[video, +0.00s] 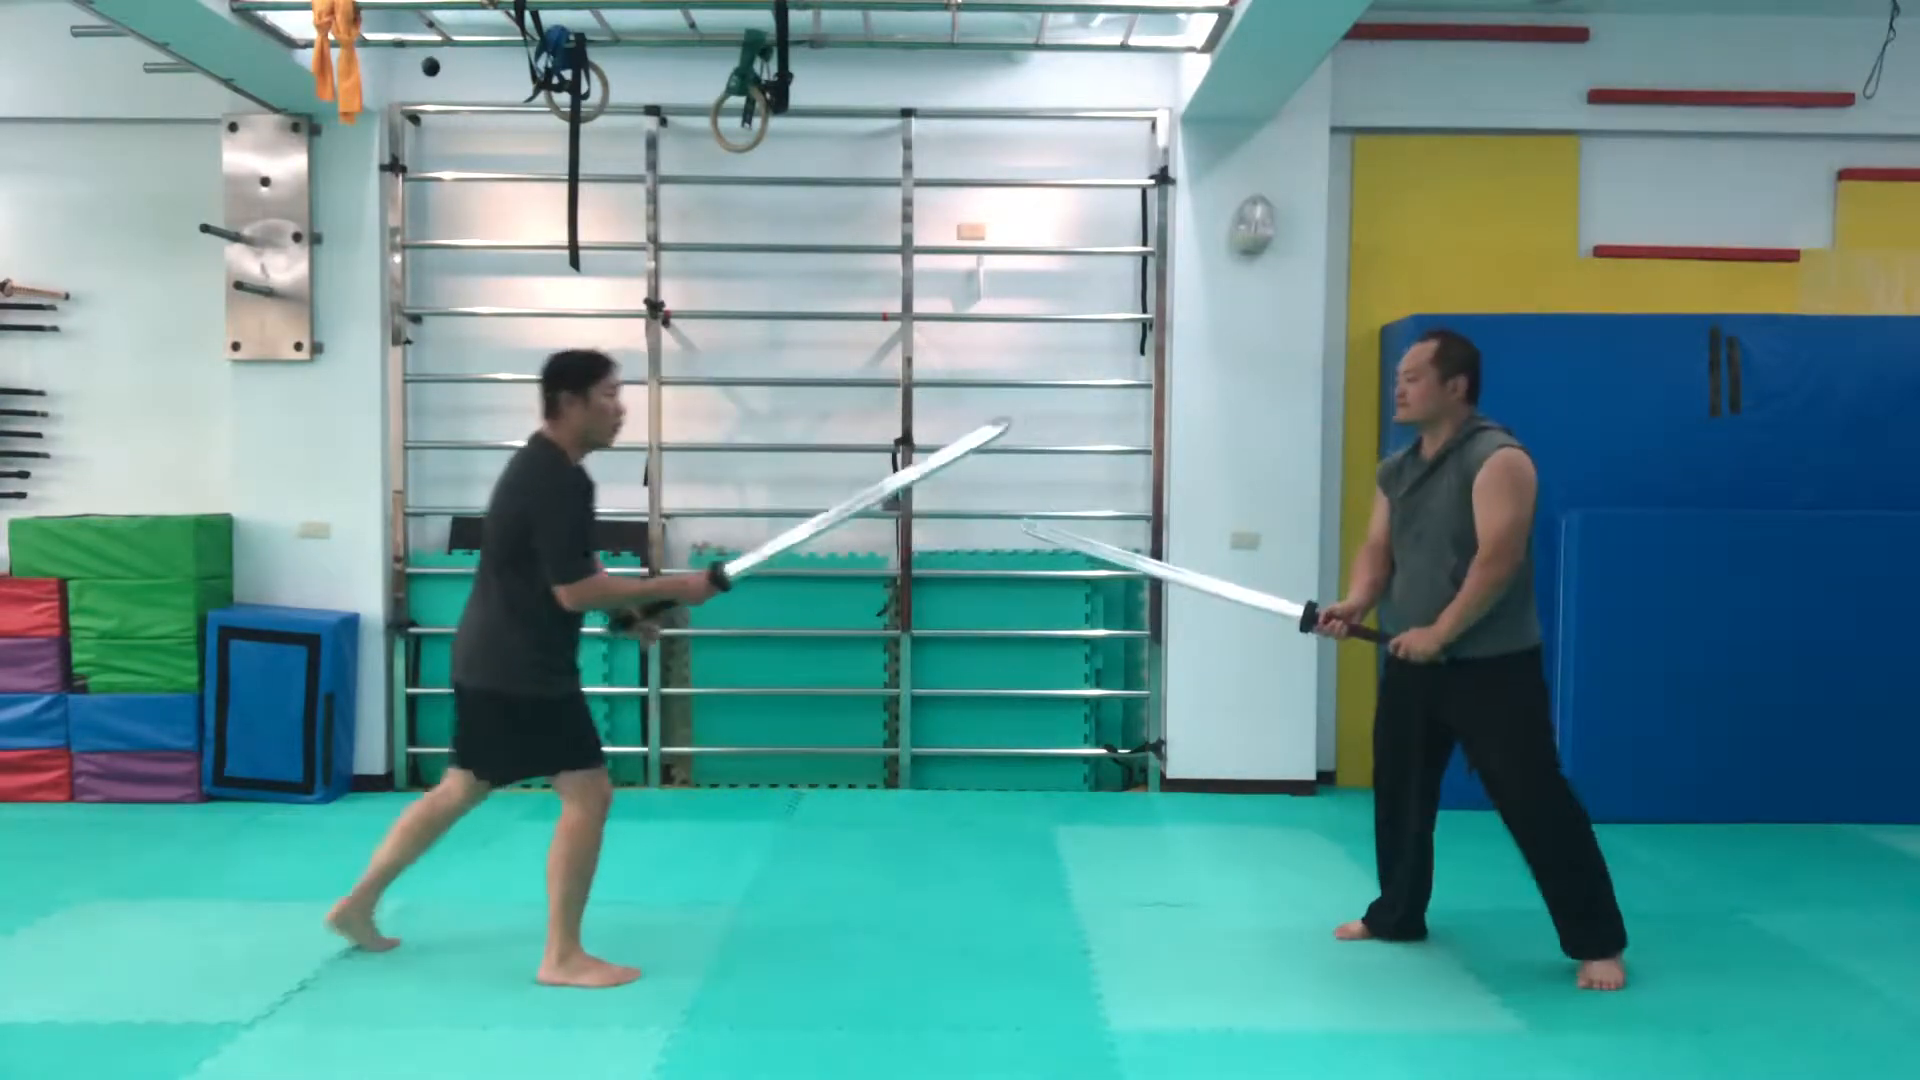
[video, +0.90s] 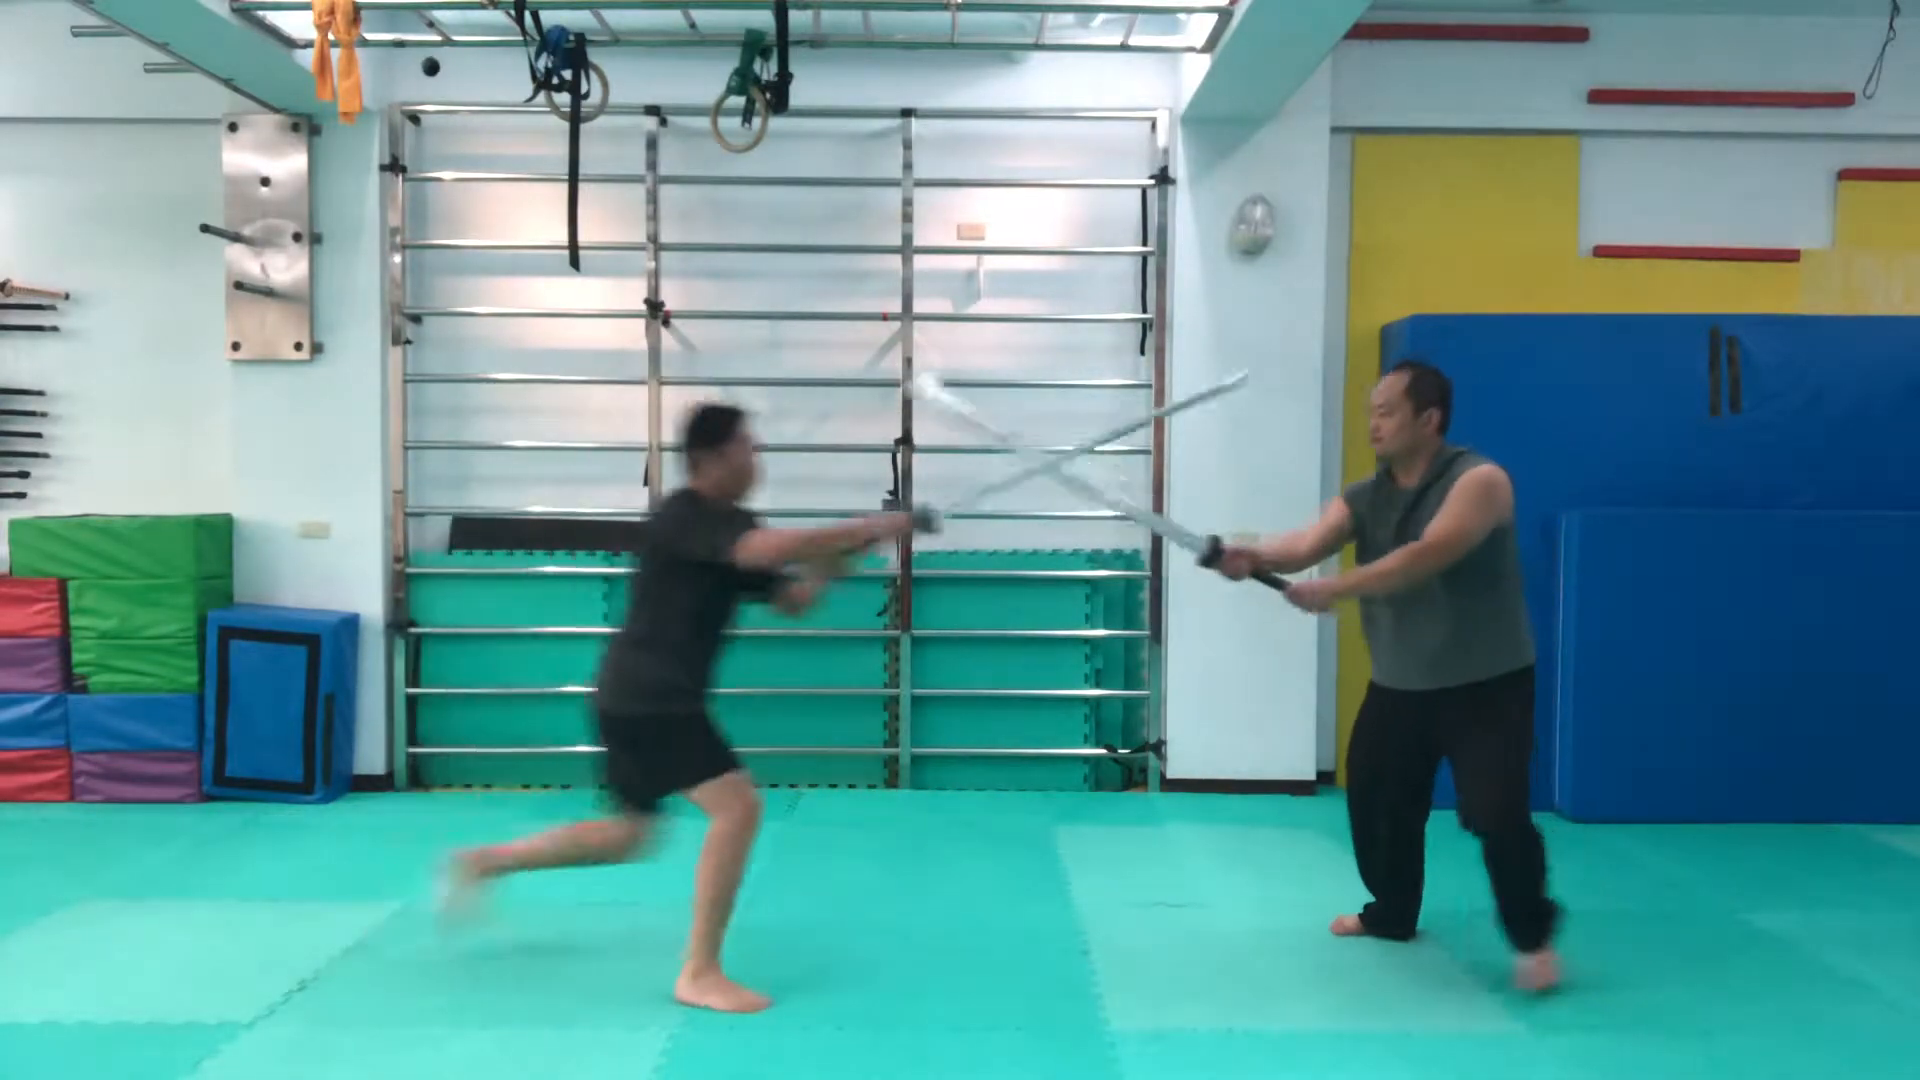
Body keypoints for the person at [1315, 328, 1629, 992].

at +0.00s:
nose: (1399, 388)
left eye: (1412, 379)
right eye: (1399, 379)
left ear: (1457, 388)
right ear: (1415, 390)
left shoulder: (1500, 462)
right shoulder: (1396, 471)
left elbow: (1500, 561)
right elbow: (1377, 552)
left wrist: (1437, 631)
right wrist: (1355, 605)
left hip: (1493, 665)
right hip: (1413, 664)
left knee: (1535, 801)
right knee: (1400, 792)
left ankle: (1599, 945)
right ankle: (1398, 916)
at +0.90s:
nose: (1372, 425)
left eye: (1385, 413)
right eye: (1371, 413)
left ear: (1429, 419)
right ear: (1377, 420)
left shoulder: (1481, 481)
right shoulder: (1366, 496)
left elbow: (1428, 555)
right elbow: (1305, 546)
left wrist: (1339, 587)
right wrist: (1251, 554)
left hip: (1487, 686)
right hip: (1399, 687)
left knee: (1497, 815)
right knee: (1378, 797)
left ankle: (1533, 942)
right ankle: (1391, 915)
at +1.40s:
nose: (1296, 471)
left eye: (1300, 455)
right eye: (1293, 458)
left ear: (1330, 439)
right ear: (1322, 445)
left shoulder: (1402, 461)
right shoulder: (1352, 506)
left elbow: (1283, 442)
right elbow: (1314, 561)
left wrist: (1226, 449)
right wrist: (1247, 509)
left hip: (1459, 691)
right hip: (1391, 687)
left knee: (1461, 865)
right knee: (1278, 686)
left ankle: (1526, 1041)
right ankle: (1356, 823)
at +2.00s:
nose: (1069, 485)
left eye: (1072, 472)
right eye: (1068, 474)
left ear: (1101, 464)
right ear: (1102, 467)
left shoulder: (1165, 486)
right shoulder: (1104, 523)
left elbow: (1081, 396)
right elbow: (1036, 520)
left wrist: (1010, 346)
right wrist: (1016, 434)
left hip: (1218, 726)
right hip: (1144, 734)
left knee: (1305, 896)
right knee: (1053, 834)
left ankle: (1462, 1036)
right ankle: (1049, 999)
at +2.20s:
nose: (1060, 462)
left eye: (1070, 446)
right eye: (1063, 449)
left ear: (1107, 437)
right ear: (1112, 442)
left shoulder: (1175, 475)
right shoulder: (1102, 515)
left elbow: (1081, 414)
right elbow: (1033, 533)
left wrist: (1001, 369)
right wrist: (1003, 451)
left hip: (1212, 720)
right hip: (1137, 730)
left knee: (1292, 894)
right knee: (1048, 841)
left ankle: (1446, 1023)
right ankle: (1047, 1001)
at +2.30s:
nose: (1110, 431)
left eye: (1121, 419)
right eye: (1109, 420)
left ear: (1158, 421)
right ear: (1140, 427)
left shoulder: (1216, 473)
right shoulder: (1132, 510)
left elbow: (1109, 447)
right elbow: (1078, 566)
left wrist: (1014, 419)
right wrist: (1018, 494)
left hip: (1219, 724)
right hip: (1138, 728)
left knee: (1283, 891)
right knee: (1049, 838)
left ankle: (1418, 1028)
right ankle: (1047, 999)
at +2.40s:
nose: (1167, 413)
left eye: (1177, 401)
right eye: (1171, 401)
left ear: (1214, 411)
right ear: (1213, 413)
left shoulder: (1267, 483)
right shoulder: (1183, 500)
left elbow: (1164, 507)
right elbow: (1136, 589)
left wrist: (1063, 510)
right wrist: (1062, 554)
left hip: (1235, 732)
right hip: (1154, 728)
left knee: (1285, 902)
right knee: (1073, 853)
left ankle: (1414, 1038)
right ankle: (1047, 1000)